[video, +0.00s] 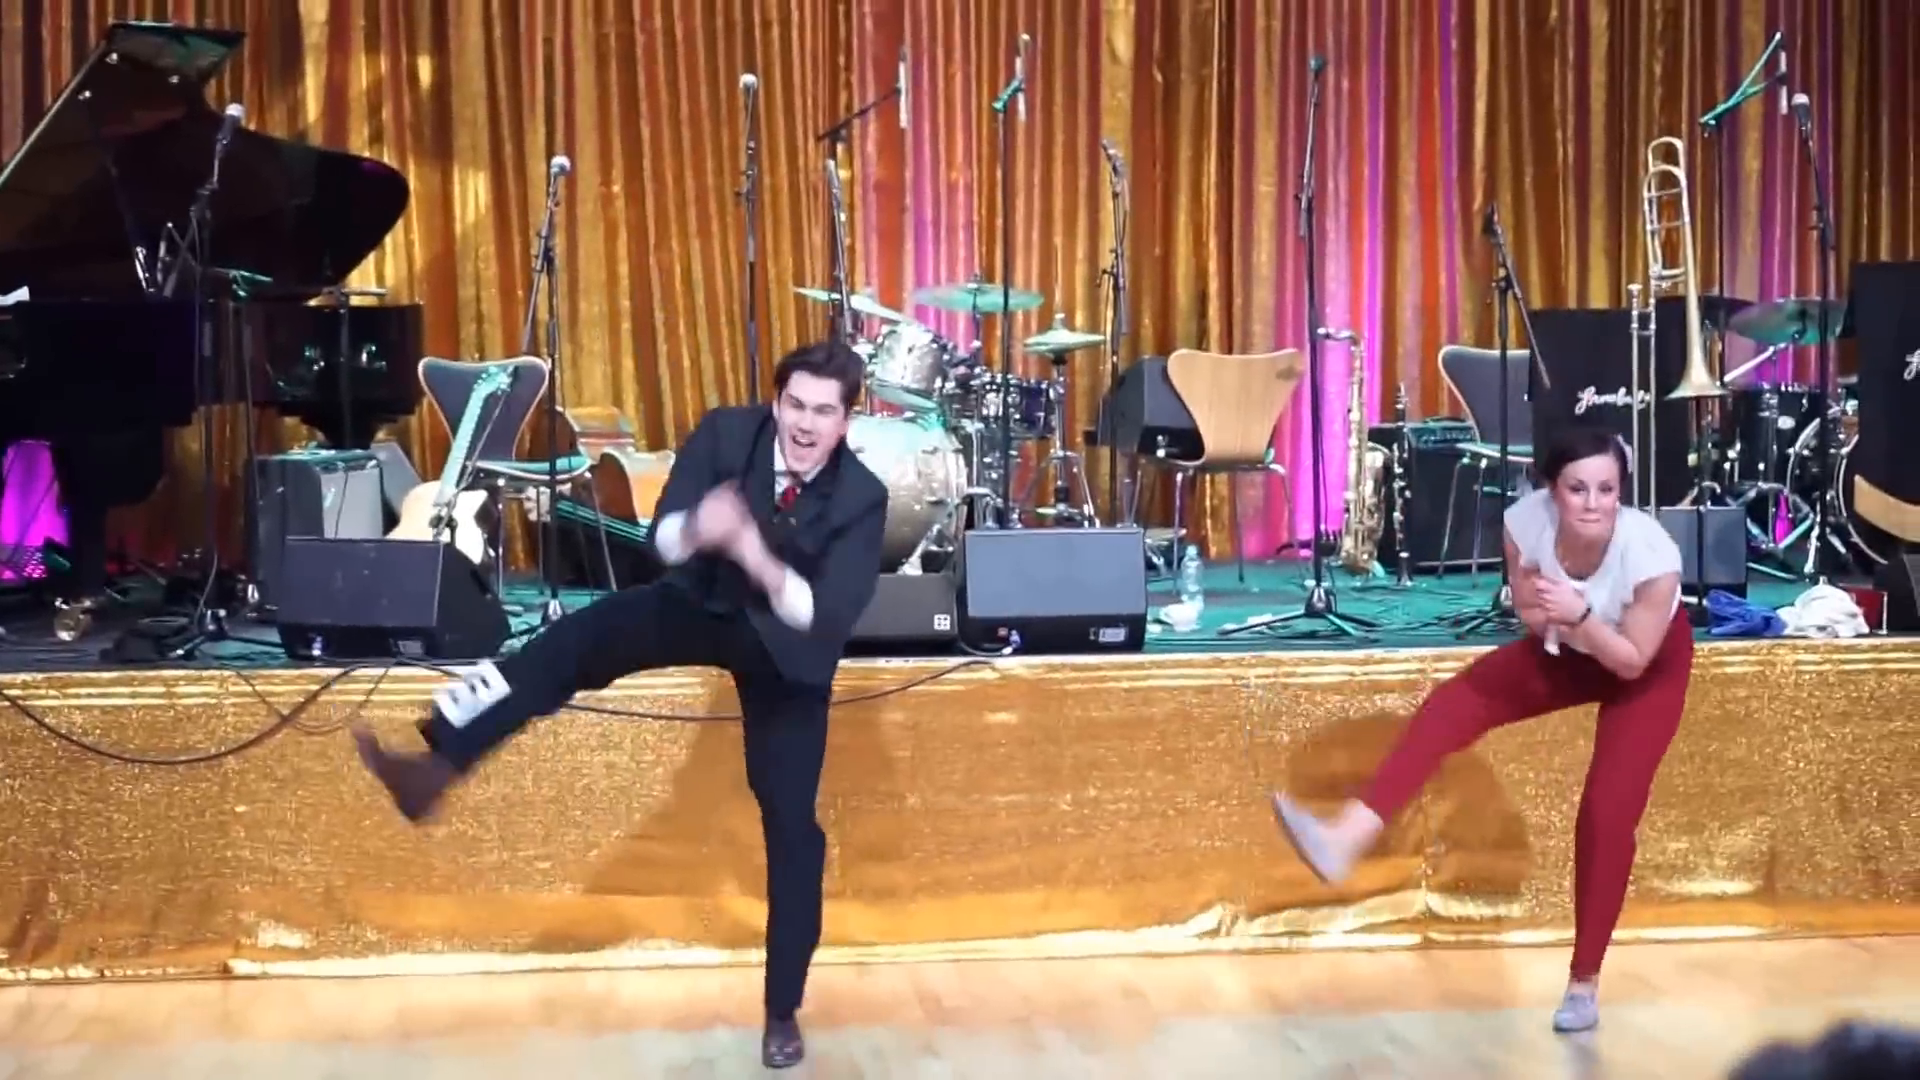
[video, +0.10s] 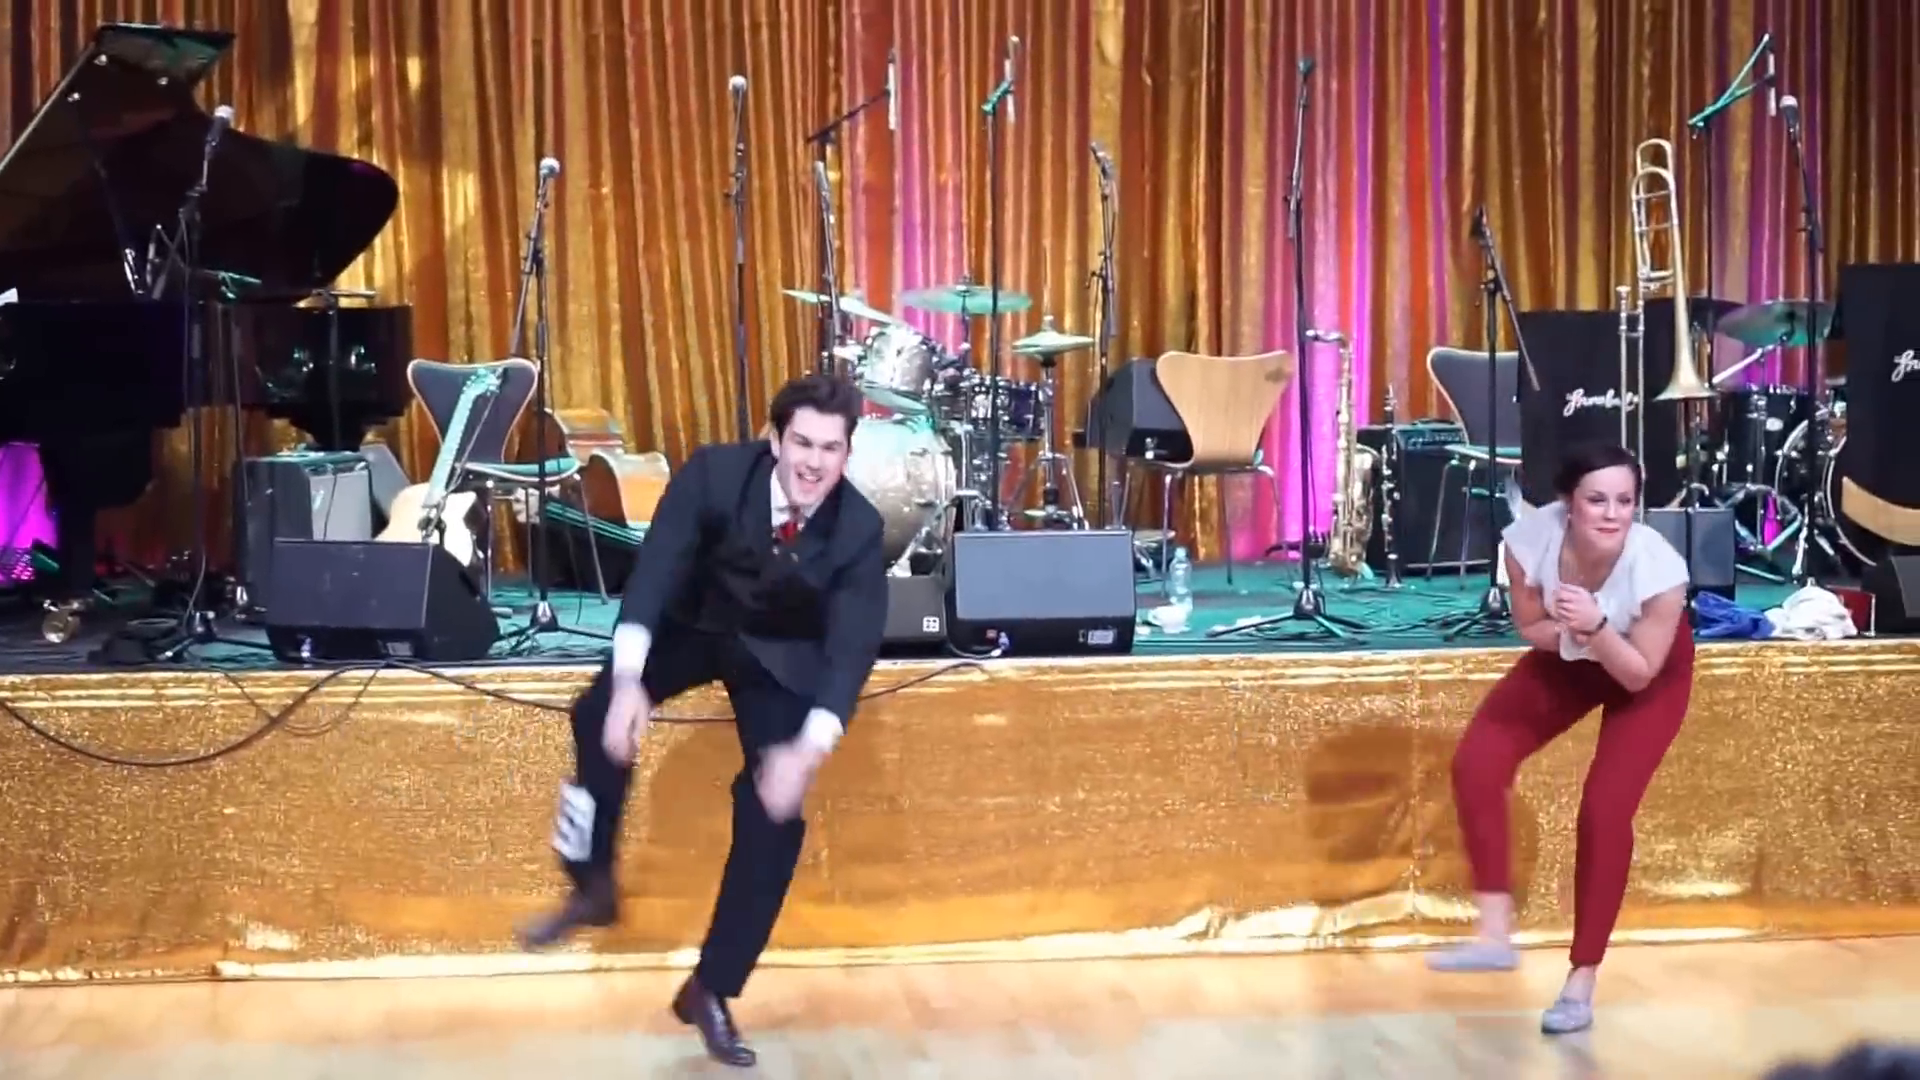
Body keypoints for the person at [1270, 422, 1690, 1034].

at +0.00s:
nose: (1593, 504)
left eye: (1607, 489)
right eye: (1578, 489)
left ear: (1623, 491)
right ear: (1551, 488)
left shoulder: (1651, 552)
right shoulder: (1525, 522)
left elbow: (1633, 660)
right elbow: (1527, 612)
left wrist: (1580, 613)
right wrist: (1545, 610)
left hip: (1650, 663)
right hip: (1572, 651)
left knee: (1607, 809)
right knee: (1454, 702)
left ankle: (1584, 983)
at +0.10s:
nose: (1613, 513)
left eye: (1625, 500)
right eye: (1598, 500)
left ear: (1637, 504)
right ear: (1568, 502)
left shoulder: (1659, 568)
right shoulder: (1531, 536)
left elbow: (1641, 673)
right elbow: (1531, 628)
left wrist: (1597, 625)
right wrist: (1566, 628)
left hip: (1652, 669)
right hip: (1567, 658)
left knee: (1604, 811)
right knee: (1478, 760)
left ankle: (1581, 980)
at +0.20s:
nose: (1636, 514)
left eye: (1646, 501)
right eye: (1620, 500)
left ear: (1657, 508)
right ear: (1587, 507)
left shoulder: (1671, 574)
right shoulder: (1541, 550)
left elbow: (1652, 680)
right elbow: (1533, 648)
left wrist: (1619, 633)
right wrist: (1587, 647)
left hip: (1645, 691)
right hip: (1566, 682)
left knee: (1591, 805)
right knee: (1533, 823)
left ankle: (1568, 986)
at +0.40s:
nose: (1671, 470)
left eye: (1678, 458)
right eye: (1656, 458)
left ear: (1684, 465)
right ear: (1617, 466)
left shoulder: (1697, 531)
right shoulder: (1565, 526)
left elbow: (1690, 632)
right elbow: (1558, 635)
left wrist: (1663, 599)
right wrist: (1631, 623)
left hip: (1656, 665)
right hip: (1575, 667)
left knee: (1635, 799)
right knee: (1573, 816)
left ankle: (1628, 959)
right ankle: (1611, 941)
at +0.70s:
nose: (1709, 419)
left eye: (1711, 407)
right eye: (1694, 408)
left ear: (1709, 413)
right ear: (1651, 418)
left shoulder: (1729, 478)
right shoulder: (1599, 495)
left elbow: (1756, 578)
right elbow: (1600, 605)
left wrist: (1748, 660)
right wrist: (1651, 675)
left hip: (1710, 639)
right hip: (1622, 646)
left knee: (1740, 795)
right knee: (1618, 807)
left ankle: (1728, 945)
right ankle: (1596, 931)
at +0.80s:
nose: (1718, 425)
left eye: (1720, 412)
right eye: (1703, 416)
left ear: (1722, 412)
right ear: (1662, 424)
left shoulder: (1739, 480)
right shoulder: (1613, 498)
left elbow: (1761, 578)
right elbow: (1616, 608)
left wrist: (1782, 659)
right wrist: (1670, 684)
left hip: (1727, 653)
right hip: (1640, 659)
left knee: (1755, 812)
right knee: (1646, 813)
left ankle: (1761, 949)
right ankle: (1686, 938)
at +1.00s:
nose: (1704, 455)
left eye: (1713, 440)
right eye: (1689, 443)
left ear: (1723, 430)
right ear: (1657, 436)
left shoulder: (1721, 476)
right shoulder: (1628, 499)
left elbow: (1733, 553)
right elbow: (1614, 616)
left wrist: (1840, 556)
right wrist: (1700, 651)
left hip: (1721, 641)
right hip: (1649, 658)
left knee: (1773, 791)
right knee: (1713, 806)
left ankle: (1774, 940)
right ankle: (1741, 963)